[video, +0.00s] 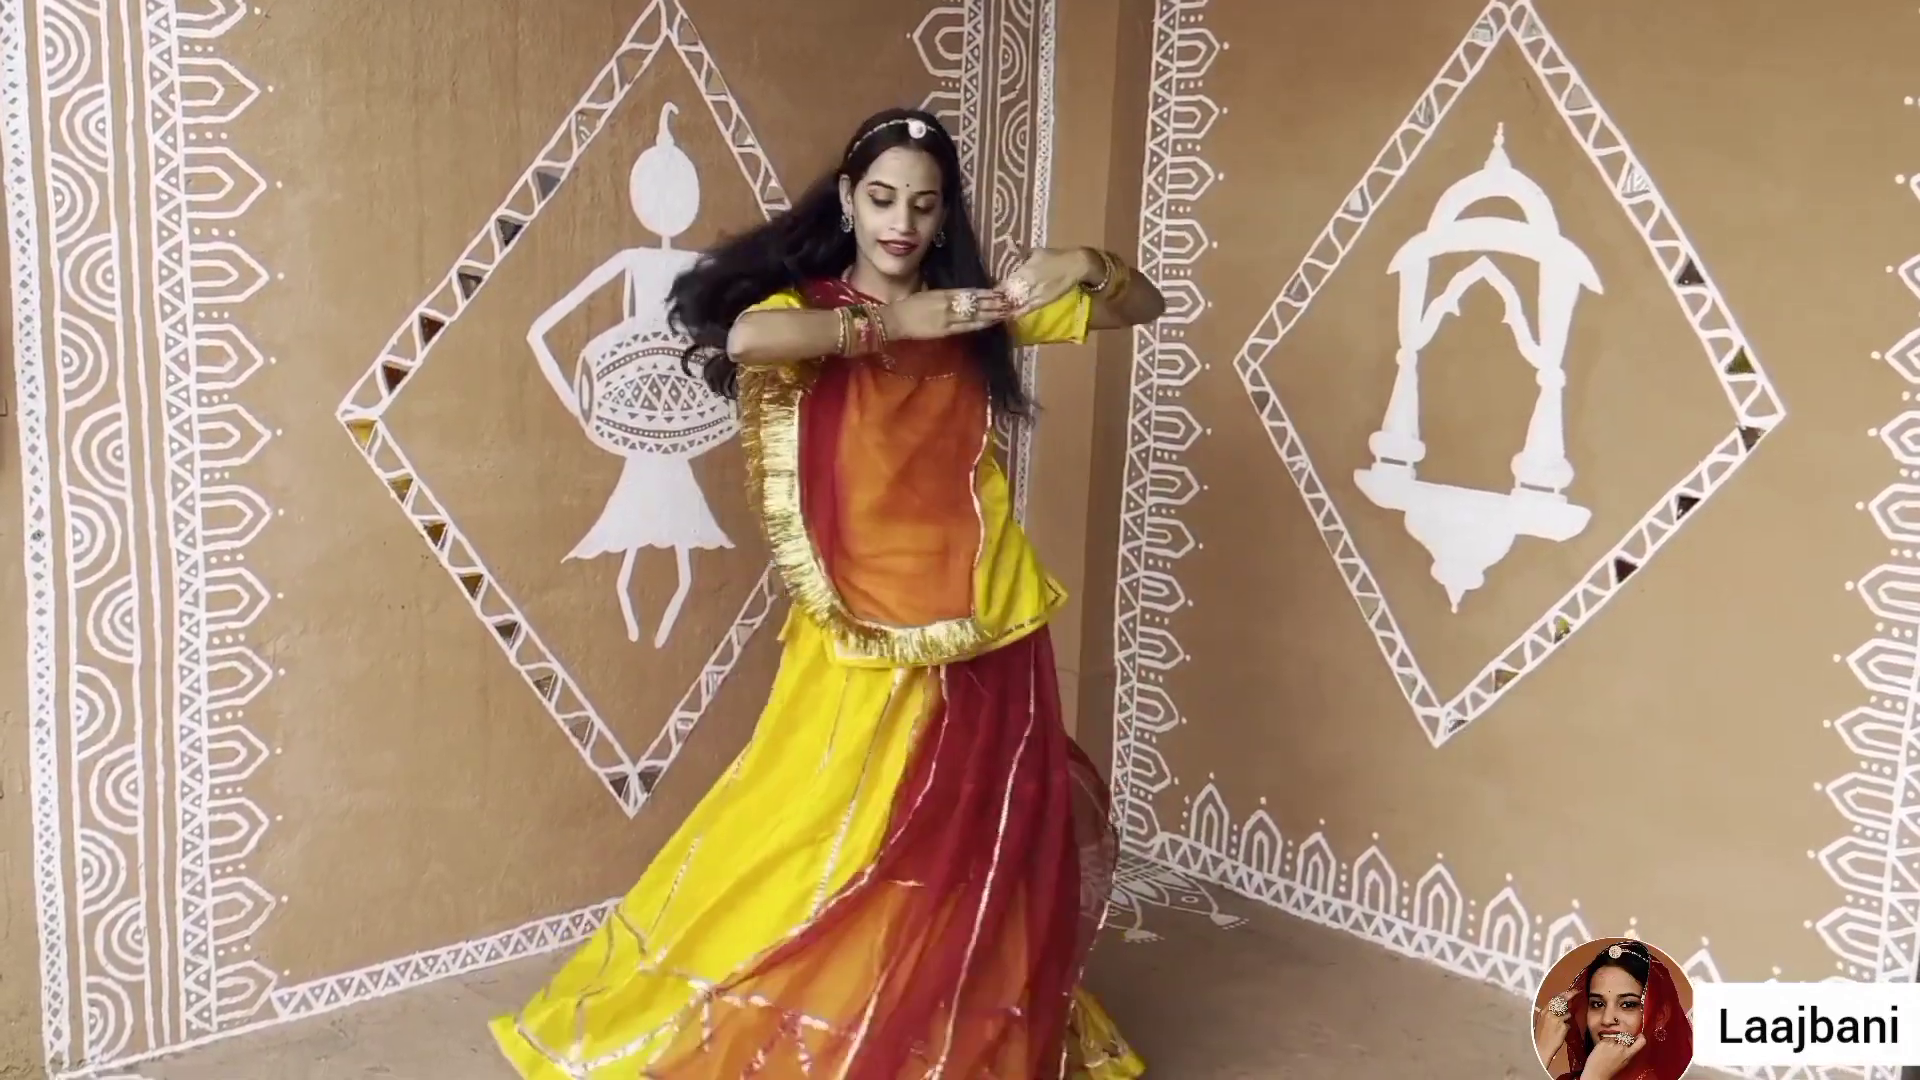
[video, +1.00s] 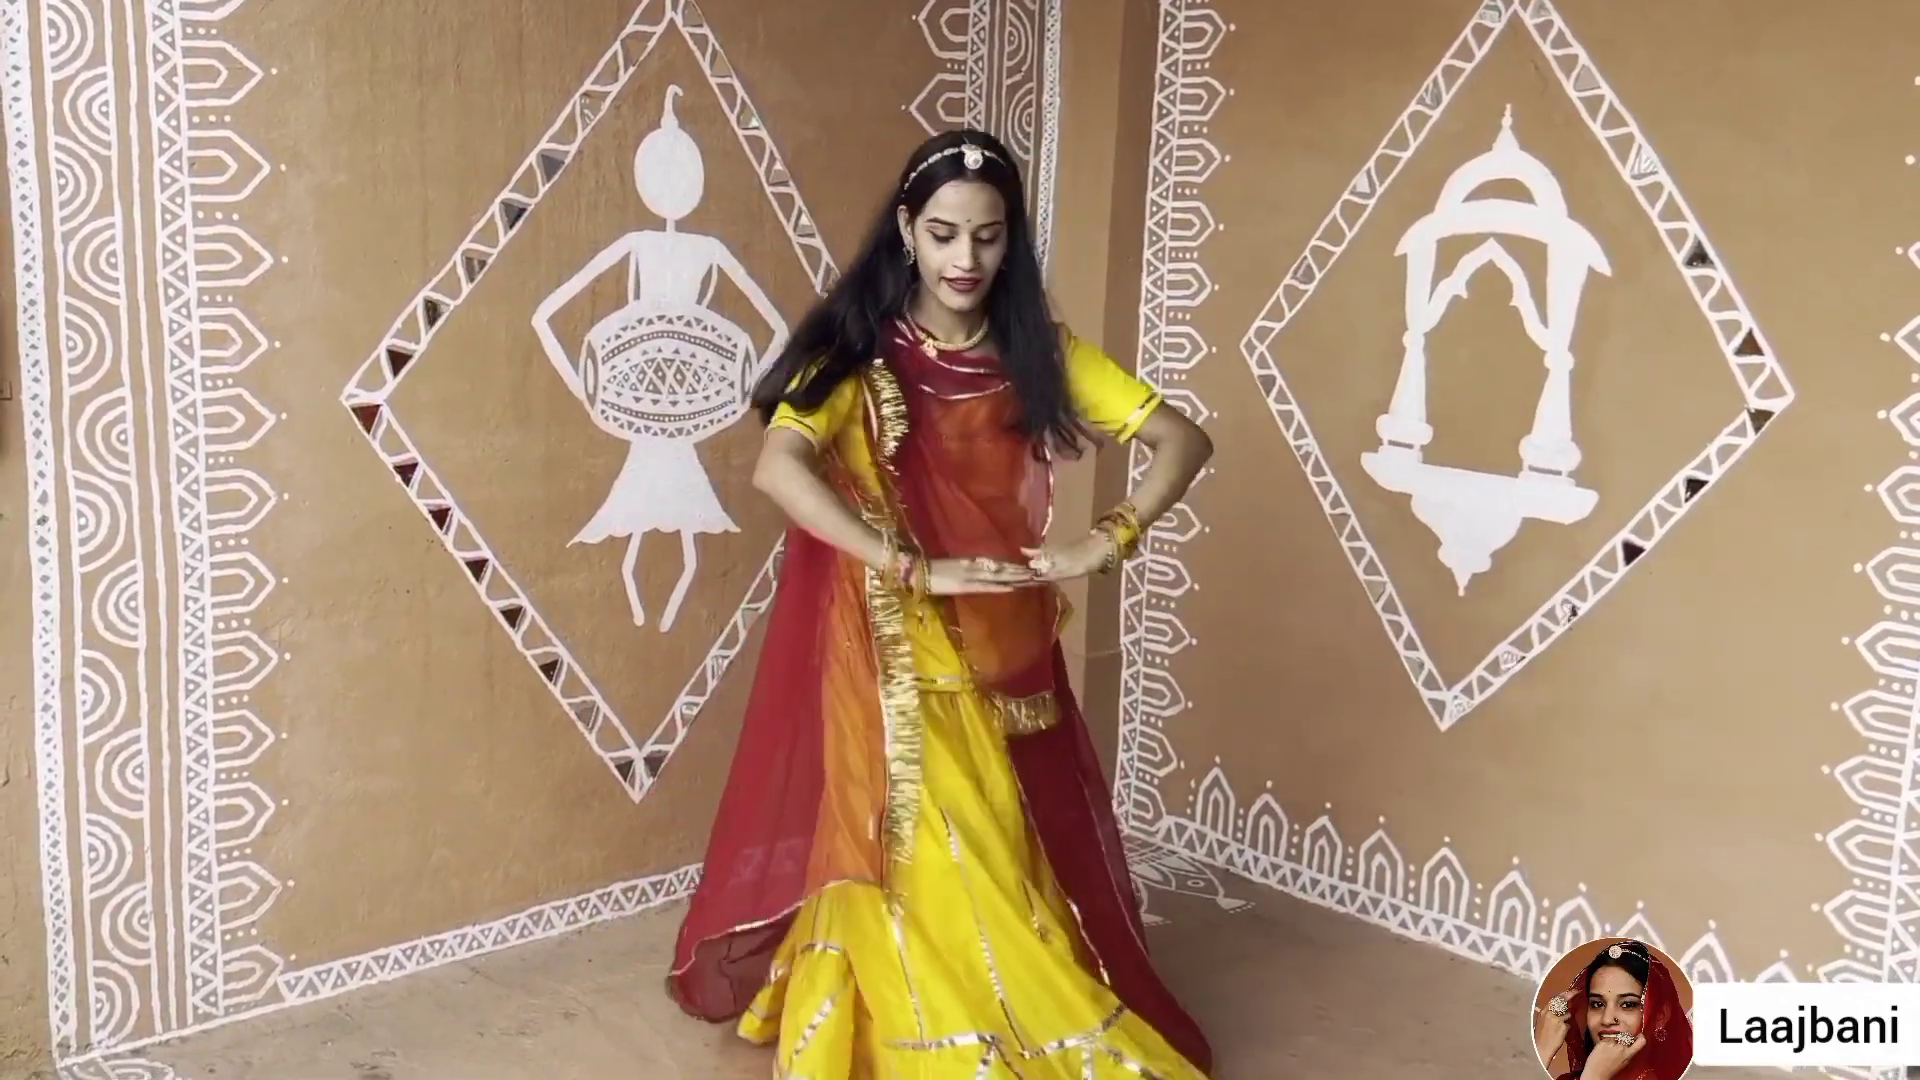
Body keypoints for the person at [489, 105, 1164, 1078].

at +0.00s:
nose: (902, 221)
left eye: (924, 202)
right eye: (883, 197)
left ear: (946, 213)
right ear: (849, 200)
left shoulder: (977, 312)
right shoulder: (805, 306)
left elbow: (1141, 304)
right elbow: (745, 334)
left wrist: (1089, 264)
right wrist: (892, 324)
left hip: (990, 632)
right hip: (864, 639)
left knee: (993, 868)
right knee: (853, 866)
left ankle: (981, 1056)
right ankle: (830, 1054)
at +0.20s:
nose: (955, 233)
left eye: (972, 213)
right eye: (934, 210)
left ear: (988, 223)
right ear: (887, 213)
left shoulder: (1006, 334)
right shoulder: (845, 330)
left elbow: (1141, 402)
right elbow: (783, 427)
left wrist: (1085, 446)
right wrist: (924, 464)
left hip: (1006, 626)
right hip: (892, 632)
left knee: (1026, 854)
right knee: (911, 858)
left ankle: (1027, 1052)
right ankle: (890, 1053)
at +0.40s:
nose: (1000, 245)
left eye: (1017, 224)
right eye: (977, 222)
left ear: (1032, 235)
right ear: (928, 226)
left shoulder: (1038, 360)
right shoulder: (887, 351)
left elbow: (1163, 454)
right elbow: (847, 477)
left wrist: (1147, 555)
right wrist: (973, 585)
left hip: (1008, 634)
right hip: (897, 636)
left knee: (1037, 862)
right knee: (953, 862)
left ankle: (1044, 1056)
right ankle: (934, 1058)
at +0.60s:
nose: (1039, 262)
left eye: (1053, 239)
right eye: (1013, 239)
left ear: (1069, 248)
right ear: (963, 247)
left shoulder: (1068, 376)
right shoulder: (923, 374)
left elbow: (1189, 463)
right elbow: (929, 495)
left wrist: (1226, 550)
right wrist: (1049, 604)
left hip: (1008, 651)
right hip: (902, 652)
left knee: (1050, 876)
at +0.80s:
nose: (1024, 276)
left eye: (1041, 254)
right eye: (1000, 252)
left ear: (1059, 260)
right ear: (951, 254)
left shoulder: (1059, 374)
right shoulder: (900, 366)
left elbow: (1188, 466)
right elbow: (895, 500)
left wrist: (1205, 558)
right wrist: (1013, 607)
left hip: (1008, 638)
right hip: (905, 636)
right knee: (976, 851)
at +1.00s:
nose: (964, 260)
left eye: (986, 237)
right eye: (944, 234)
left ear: (1011, 240)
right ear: (906, 233)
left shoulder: (1036, 352)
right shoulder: (859, 349)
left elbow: (1179, 440)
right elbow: (776, 467)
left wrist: (1113, 539)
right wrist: (900, 562)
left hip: (1011, 642)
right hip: (894, 644)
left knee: (1016, 857)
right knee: (944, 854)